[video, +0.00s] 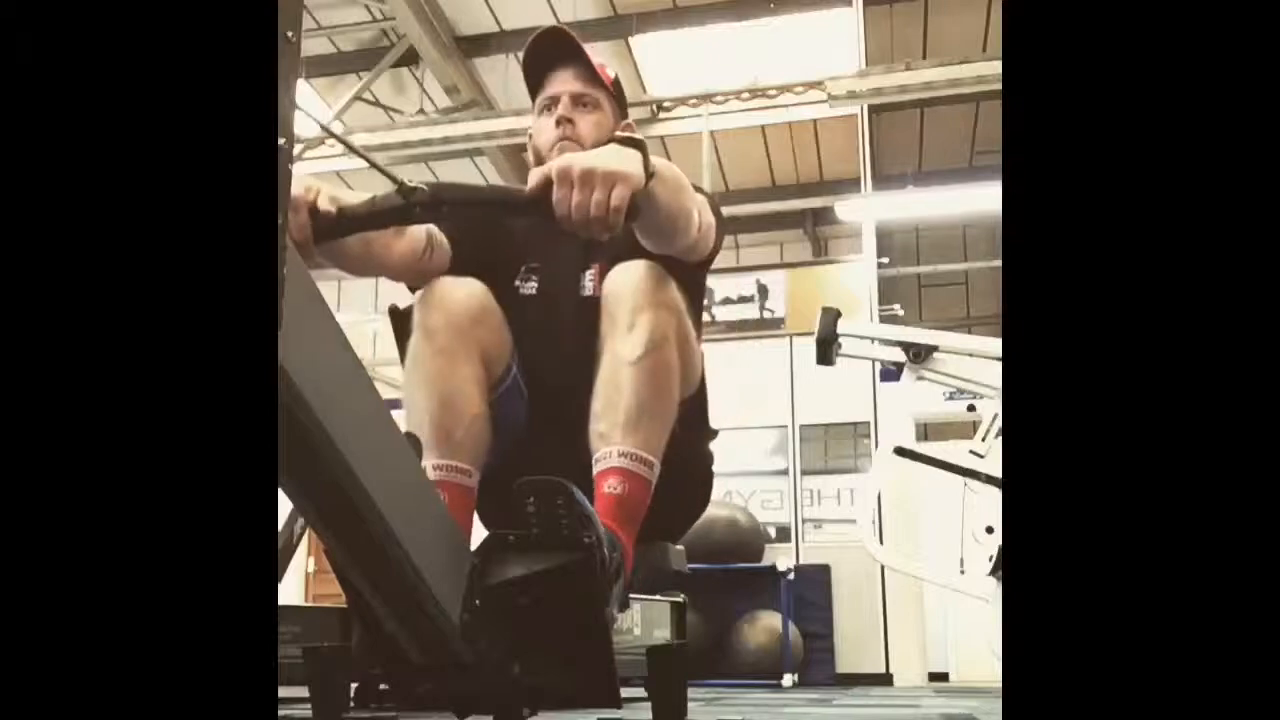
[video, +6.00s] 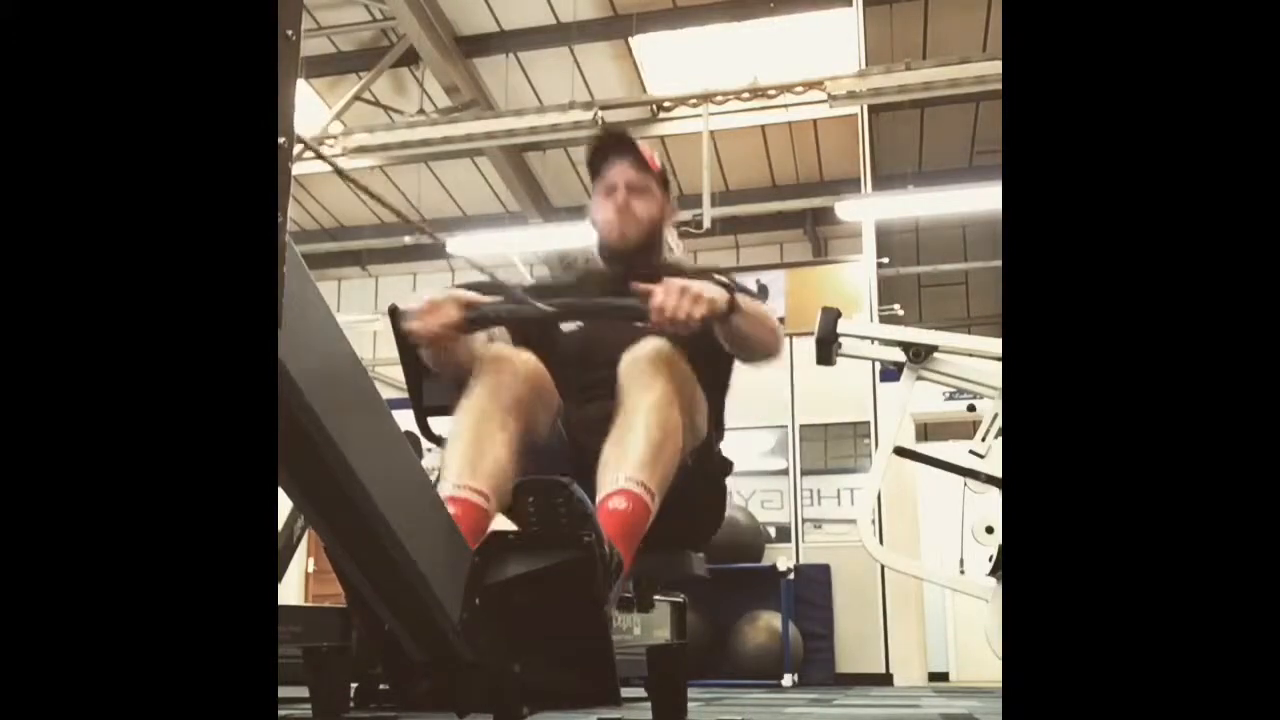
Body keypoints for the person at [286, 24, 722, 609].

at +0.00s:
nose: (562, 116)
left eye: (584, 104)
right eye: (548, 106)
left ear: (622, 131)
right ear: (530, 136)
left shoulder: (654, 214)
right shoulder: (501, 218)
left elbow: (691, 235)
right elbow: (412, 248)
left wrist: (641, 168)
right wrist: (325, 224)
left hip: (650, 476)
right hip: (523, 473)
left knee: (641, 281)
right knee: (448, 299)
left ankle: (611, 545)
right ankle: (442, 554)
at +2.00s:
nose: (621, 187)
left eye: (638, 179)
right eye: (609, 180)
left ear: (666, 201)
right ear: (593, 205)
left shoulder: (705, 273)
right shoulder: (563, 277)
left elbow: (730, 324)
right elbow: (494, 333)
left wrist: (697, 286)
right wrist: (445, 321)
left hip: (674, 475)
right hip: (559, 469)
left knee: (658, 390)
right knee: (507, 397)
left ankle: (604, 567)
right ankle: (449, 559)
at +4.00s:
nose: (583, 142)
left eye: (603, 133)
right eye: (569, 135)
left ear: (638, 160)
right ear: (552, 167)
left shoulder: (679, 238)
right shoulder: (521, 254)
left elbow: (723, 292)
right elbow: (445, 299)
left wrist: (680, 274)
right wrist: (375, 292)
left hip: (661, 481)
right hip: (543, 480)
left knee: (654, 324)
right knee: (481, 324)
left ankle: (610, 552)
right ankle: (445, 547)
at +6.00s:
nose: (622, 201)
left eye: (639, 191)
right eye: (609, 192)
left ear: (667, 210)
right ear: (592, 212)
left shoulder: (704, 288)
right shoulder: (552, 290)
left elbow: (769, 346)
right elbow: (473, 372)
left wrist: (724, 305)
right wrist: (442, 340)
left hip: (674, 489)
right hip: (555, 490)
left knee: (652, 358)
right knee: (505, 364)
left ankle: (607, 557)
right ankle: (446, 551)